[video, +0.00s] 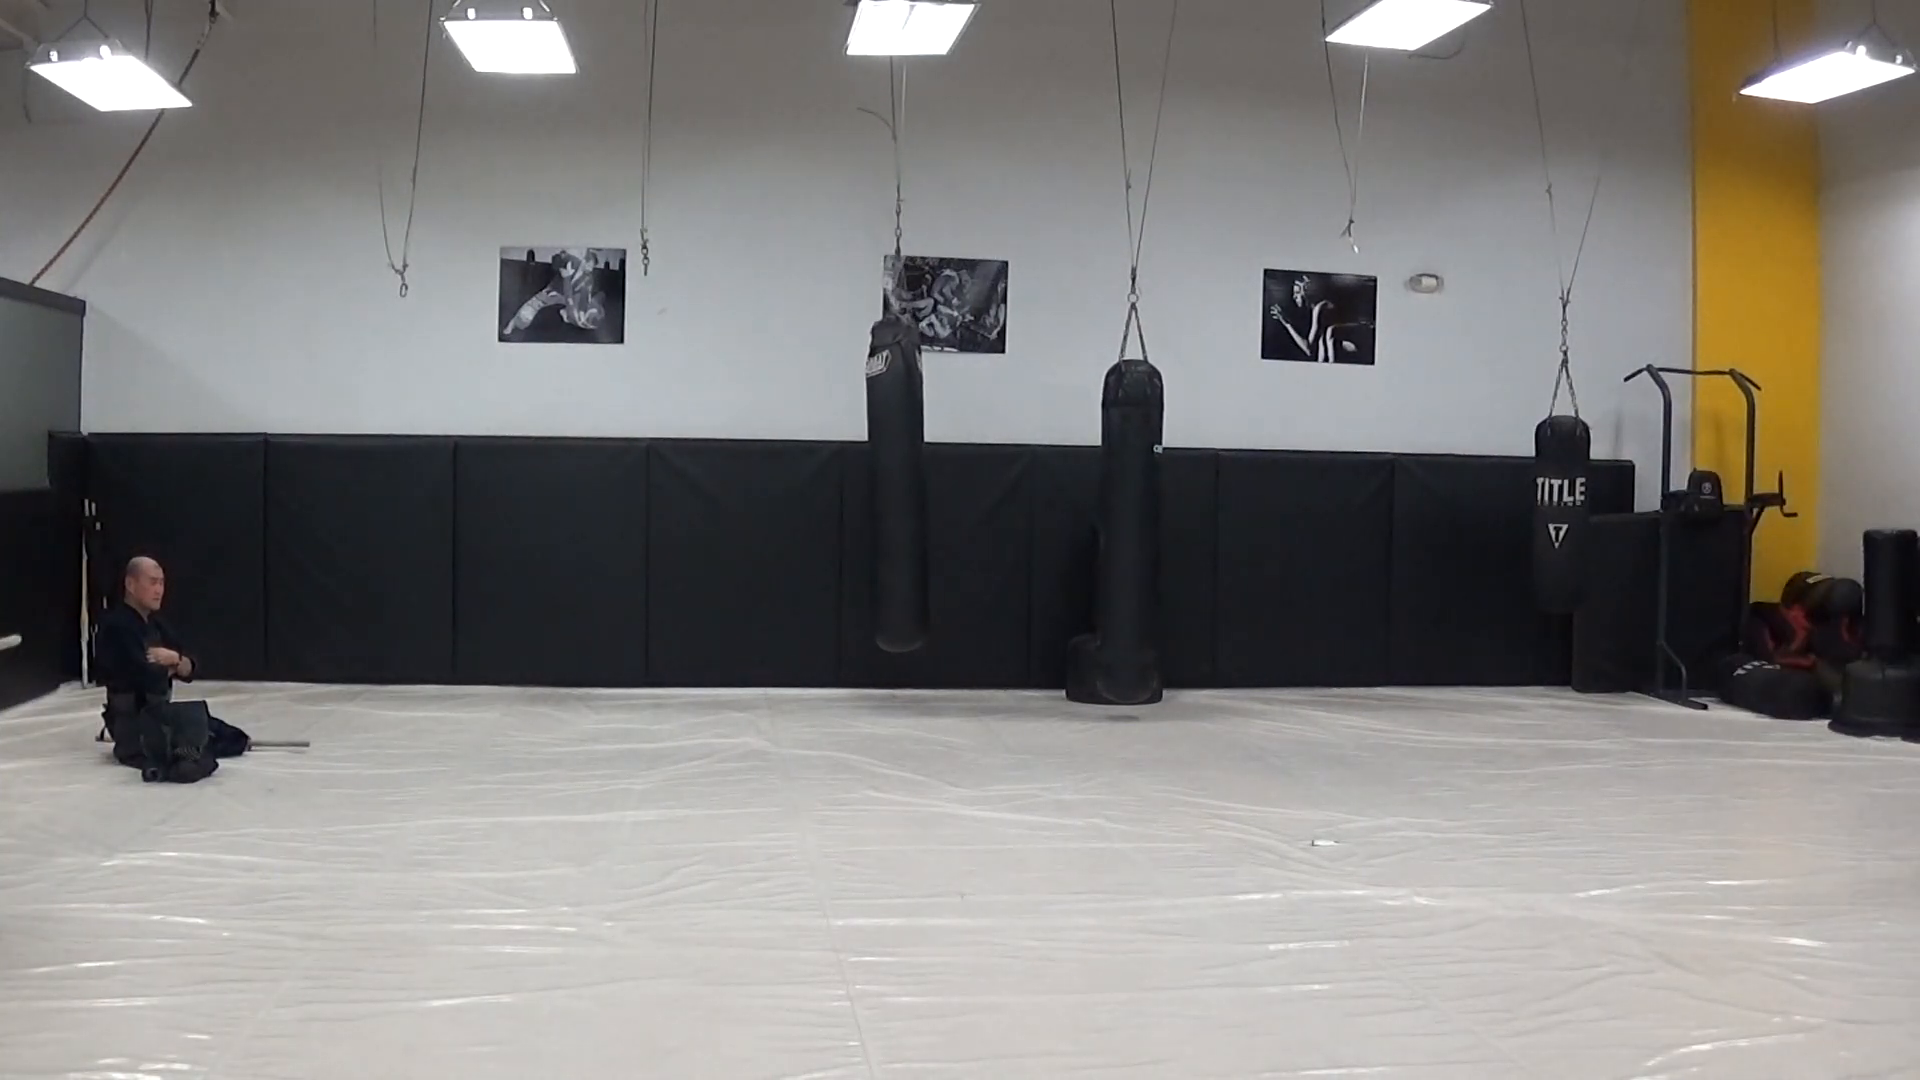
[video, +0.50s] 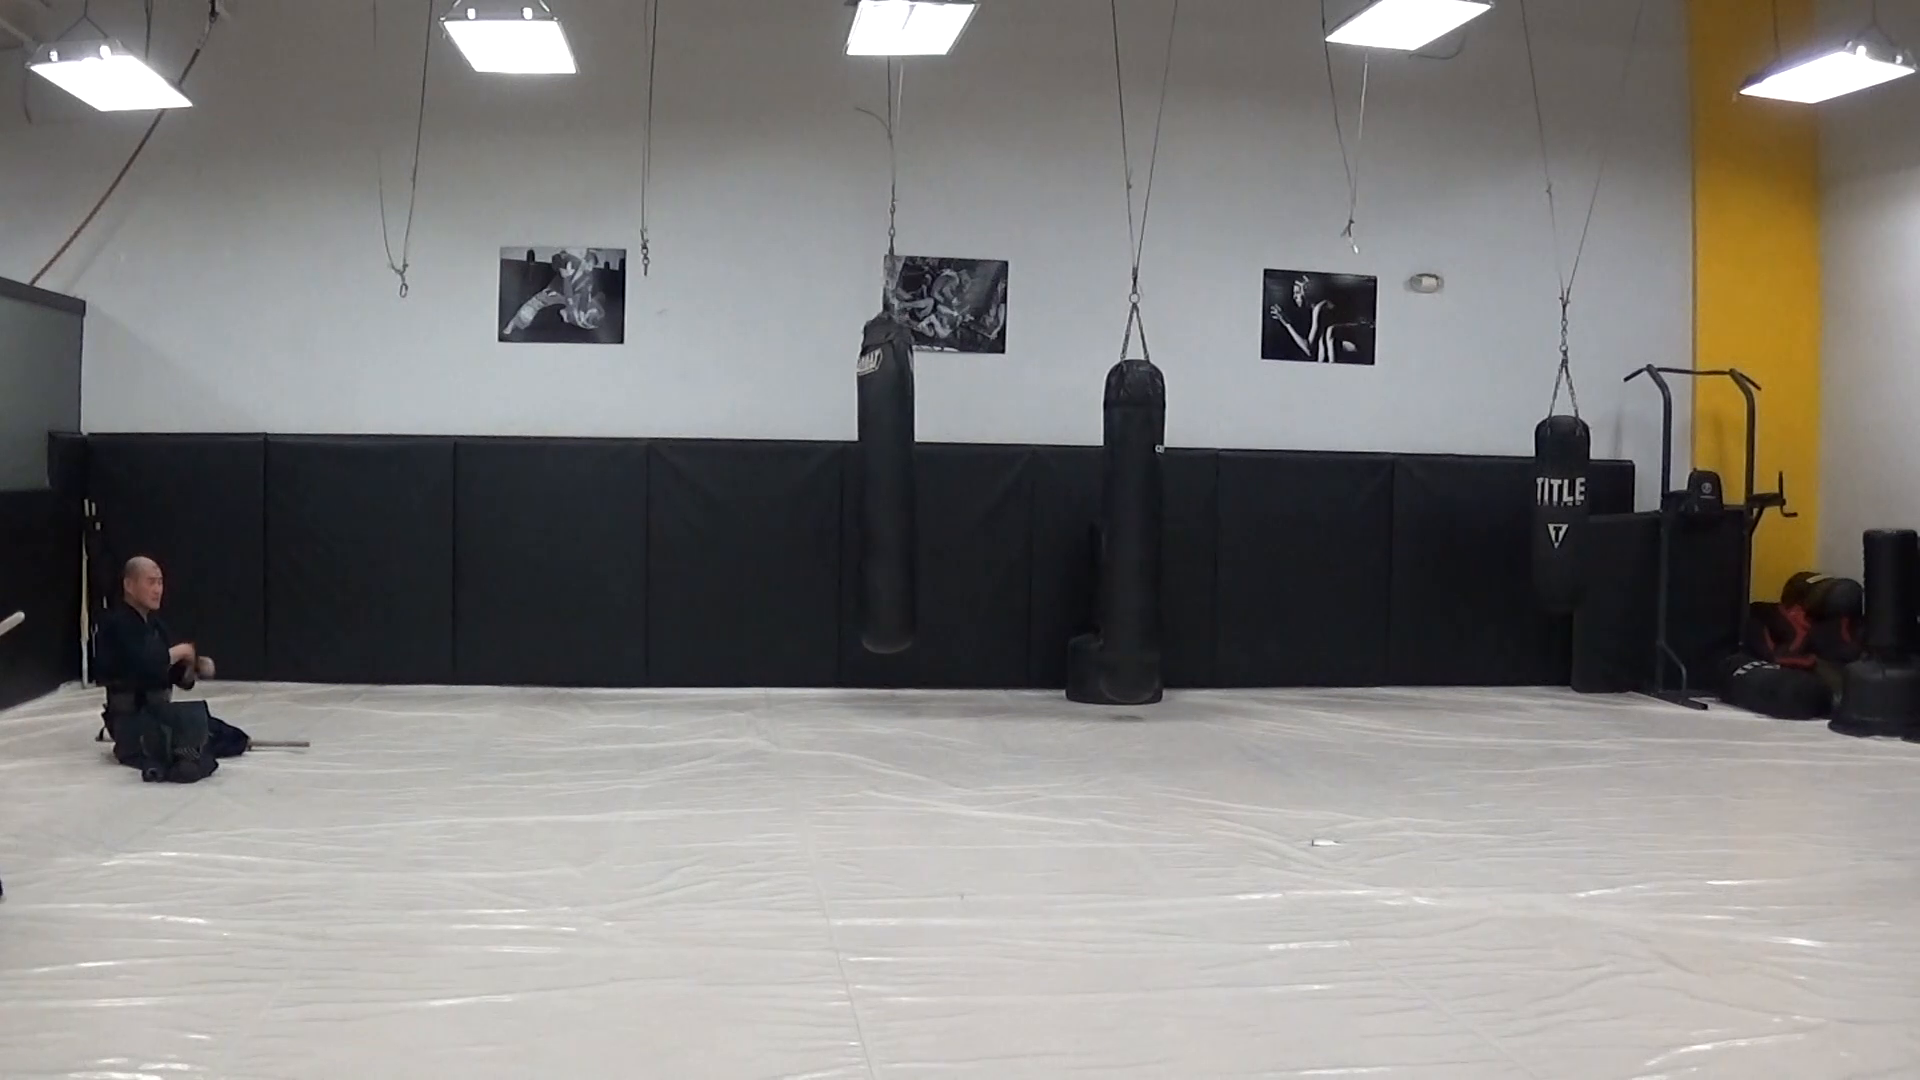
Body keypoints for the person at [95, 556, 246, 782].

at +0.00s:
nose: (160, 590)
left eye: (162, 583)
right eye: (153, 582)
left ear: (164, 585)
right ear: (130, 584)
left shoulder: (156, 623)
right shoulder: (115, 624)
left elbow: (190, 671)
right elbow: (142, 678)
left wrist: (176, 659)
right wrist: (173, 667)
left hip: (162, 721)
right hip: (133, 732)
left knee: (237, 740)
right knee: (200, 760)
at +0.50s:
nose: (159, 589)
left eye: (160, 582)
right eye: (152, 582)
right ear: (129, 585)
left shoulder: (155, 623)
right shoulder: (114, 624)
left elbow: (169, 674)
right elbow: (136, 664)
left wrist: (190, 669)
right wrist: (175, 654)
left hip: (162, 716)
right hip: (129, 723)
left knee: (236, 740)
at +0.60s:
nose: (158, 589)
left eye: (160, 582)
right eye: (151, 582)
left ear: (163, 585)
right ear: (129, 586)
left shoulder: (154, 623)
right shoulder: (116, 621)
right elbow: (145, 652)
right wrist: (194, 634)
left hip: (162, 717)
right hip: (130, 724)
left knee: (236, 740)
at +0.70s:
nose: (157, 590)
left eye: (160, 583)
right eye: (150, 582)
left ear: (163, 585)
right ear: (128, 586)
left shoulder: (156, 621)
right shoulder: (116, 620)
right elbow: (149, 639)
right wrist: (204, 622)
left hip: (162, 715)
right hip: (128, 721)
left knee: (236, 739)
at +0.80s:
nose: (157, 590)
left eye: (160, 583)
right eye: (150, 583)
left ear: (164, 585)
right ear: (128, 585)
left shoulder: (157, 624)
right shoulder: (116, 620)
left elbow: (173, 679)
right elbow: (147, 634)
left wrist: (186, 697)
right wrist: (201, 624)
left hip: (166, 712)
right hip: (129, 719)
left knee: (235, 740)